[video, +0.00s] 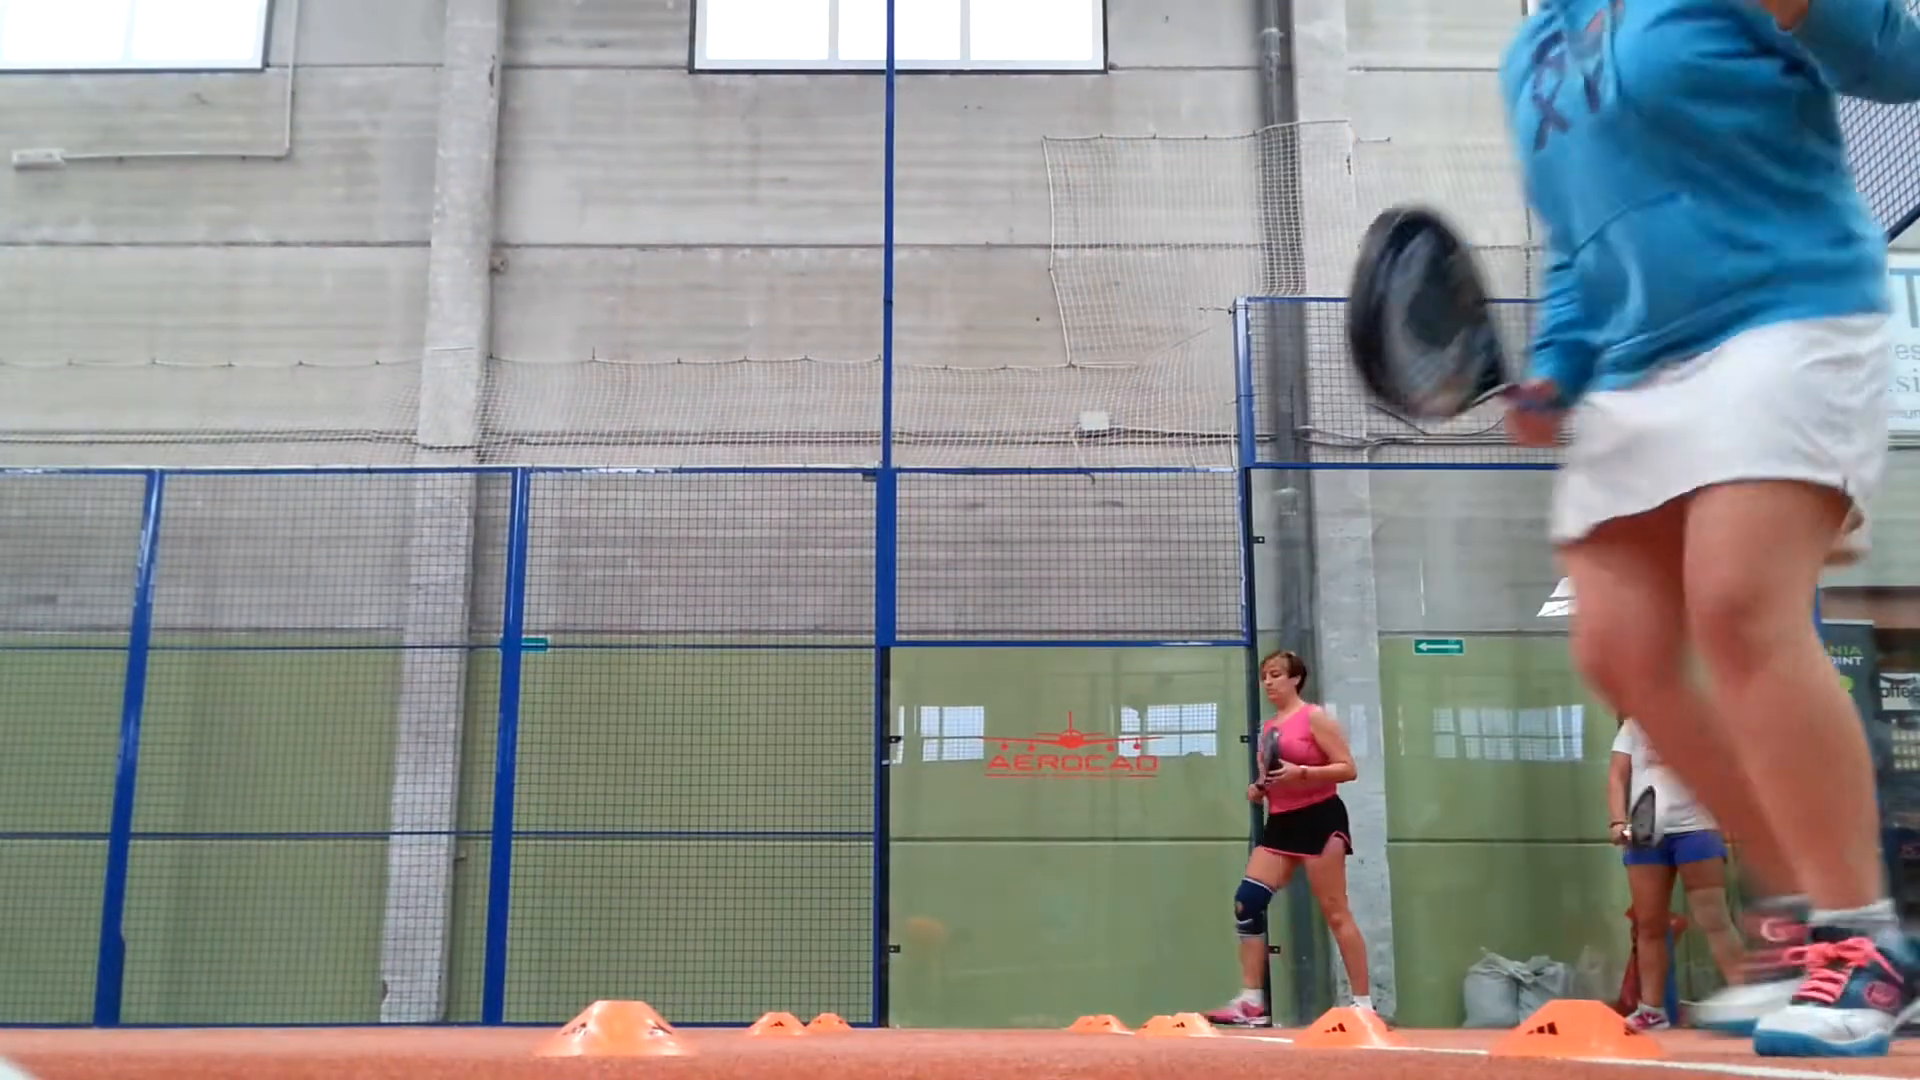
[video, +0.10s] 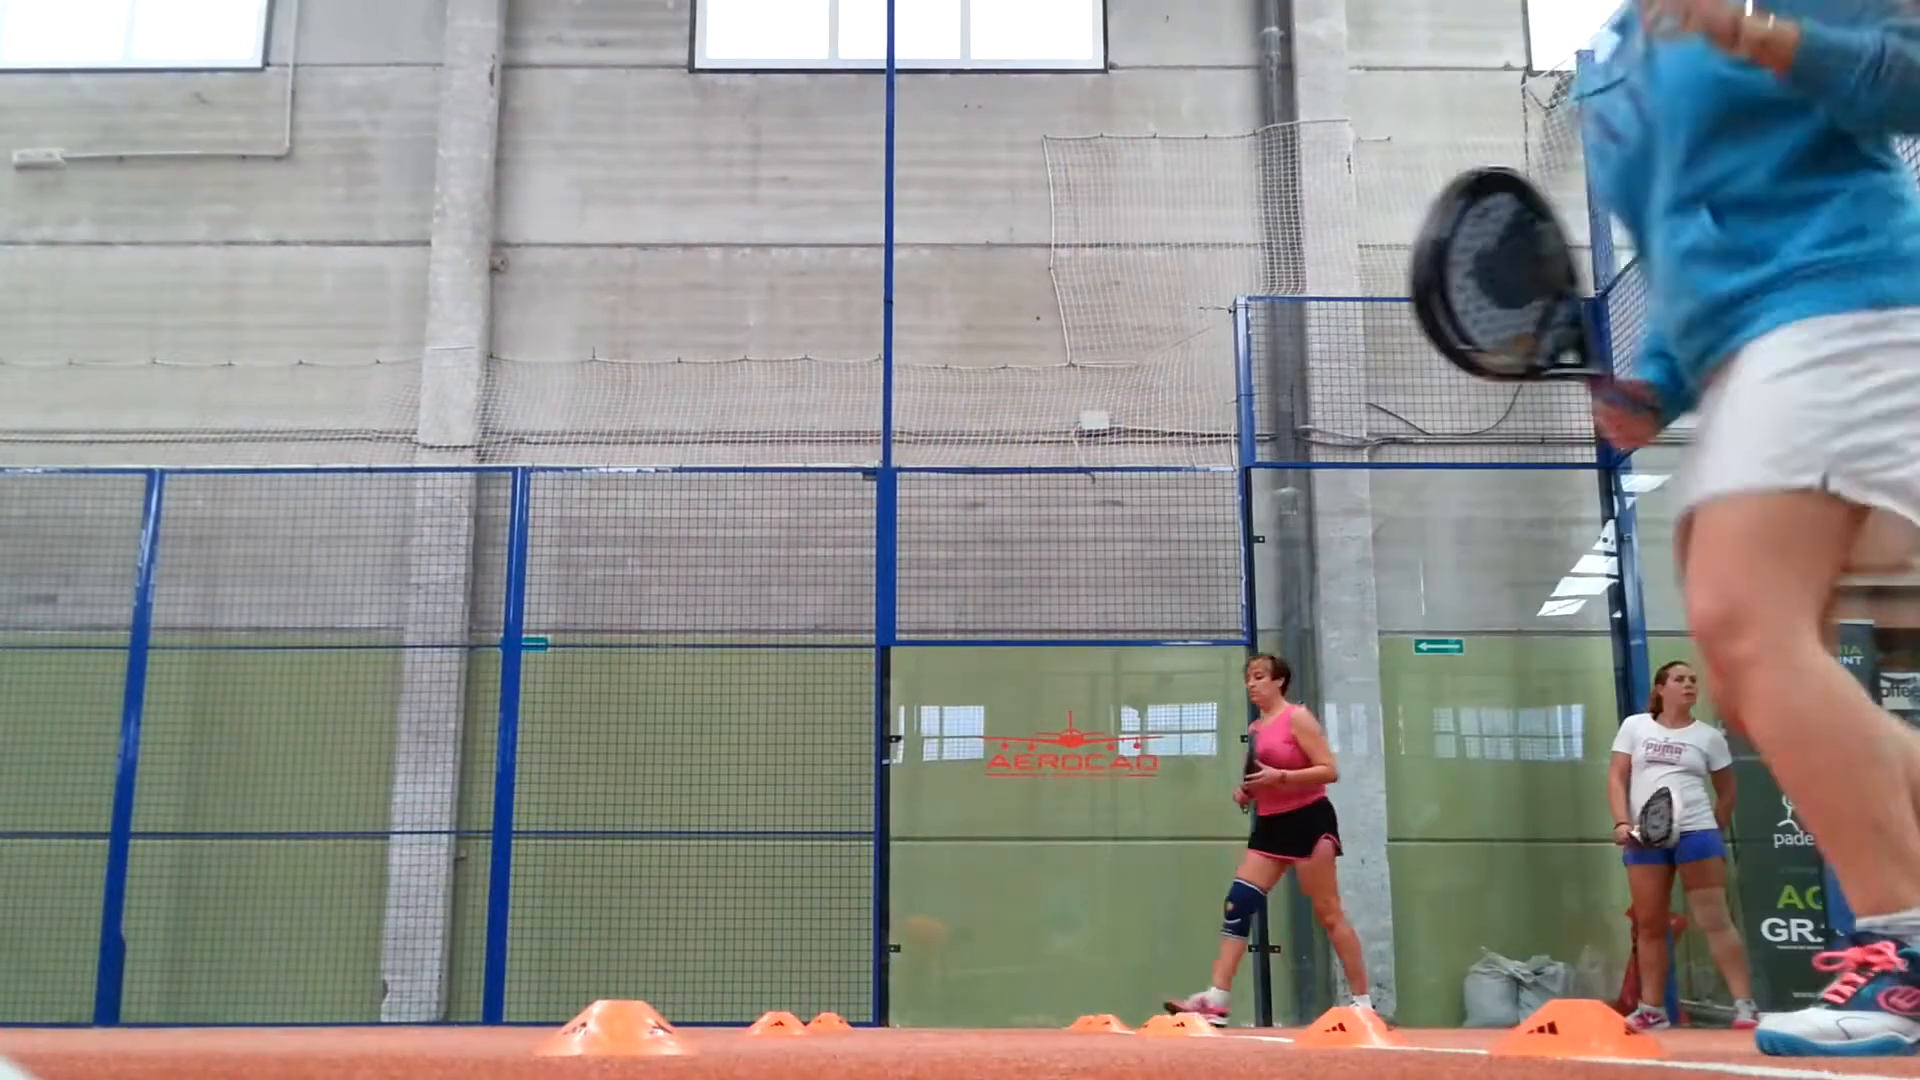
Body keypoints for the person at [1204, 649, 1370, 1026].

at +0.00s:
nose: (1268, 683)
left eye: (1275, 675)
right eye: (1265, 677)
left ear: (1296, 679)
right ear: (1262, 684)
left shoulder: (1317, 718)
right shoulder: (1268, 728)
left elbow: (1348, 769)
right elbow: (1268, 778)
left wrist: (1302, 772)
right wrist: (1259, 790)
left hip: (1320, 820)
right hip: (1281, 823)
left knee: (1337, 915)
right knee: (1248, 903)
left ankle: (1364, 1004)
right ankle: (1252, 1002)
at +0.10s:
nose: (1252, 684)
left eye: (1259, 677)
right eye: (1249, 679)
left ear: (1279, 681)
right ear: (1248, 686)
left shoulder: (1299, 717)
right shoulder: (1257, 728)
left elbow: (1329, 770)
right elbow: (1267, 773)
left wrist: (1281, 776)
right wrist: (1248, 790)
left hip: (1309, 821)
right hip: (1271, 823)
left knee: (1330, 914)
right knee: (1238, 904)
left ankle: (1363, 1003)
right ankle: (1217, 997)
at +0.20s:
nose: (1231, 686)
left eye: (1239, 679)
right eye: (1228, 680)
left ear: (1259, 684)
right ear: (1227, 687)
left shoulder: (1278, 719)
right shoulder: (1239, 730)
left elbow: (1309, 772)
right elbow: (1245, 777)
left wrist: (1258, 779)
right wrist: (1228, 795)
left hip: (1290, 823)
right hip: (1252, 825)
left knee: (1313, 916)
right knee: (1225, 909)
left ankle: (1358, 998)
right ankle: (1209, 1005)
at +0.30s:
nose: (1207, 684)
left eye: (1215, 677)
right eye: (1205, 678)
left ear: (1236, 681)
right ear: (1205, 685)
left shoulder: (1256, 718)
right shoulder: (1215, 728)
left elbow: (1286, 768)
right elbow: (1223, 774)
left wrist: (1237, 778)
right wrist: (1208, 795)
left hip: (1269, 821)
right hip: (1230, 823)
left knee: (1281, 916)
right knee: (1208, 908)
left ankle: (1348, 988)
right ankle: (1205, 1006)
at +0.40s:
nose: (1186, 680)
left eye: (1193, 673)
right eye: (1183, 674)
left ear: (1213, 678)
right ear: (1182, 682)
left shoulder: (1236, 713)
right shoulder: (1194, 726)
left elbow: (1268, 763)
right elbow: (1204, 772)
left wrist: (1222, 772)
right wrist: (1190, 792)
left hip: (1252, 814)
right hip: (1214, 817)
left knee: (1245, 909)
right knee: (1197, 908)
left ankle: (1318, 974)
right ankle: (1203, 1004)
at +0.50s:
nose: (1170, 675)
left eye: (1177, 669)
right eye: (1166, 671)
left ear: (1197, 674)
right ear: (1164, 679)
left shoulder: (1219, 707)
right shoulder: (1176, 723)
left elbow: (1254, 756)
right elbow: (1190, 769)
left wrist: (1208, 768)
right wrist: (1174, 788)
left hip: (1236, 811)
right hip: (1198, 814)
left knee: (1219, 899)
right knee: (1190, 906)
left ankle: (1272, 986)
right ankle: (1204, 1003)